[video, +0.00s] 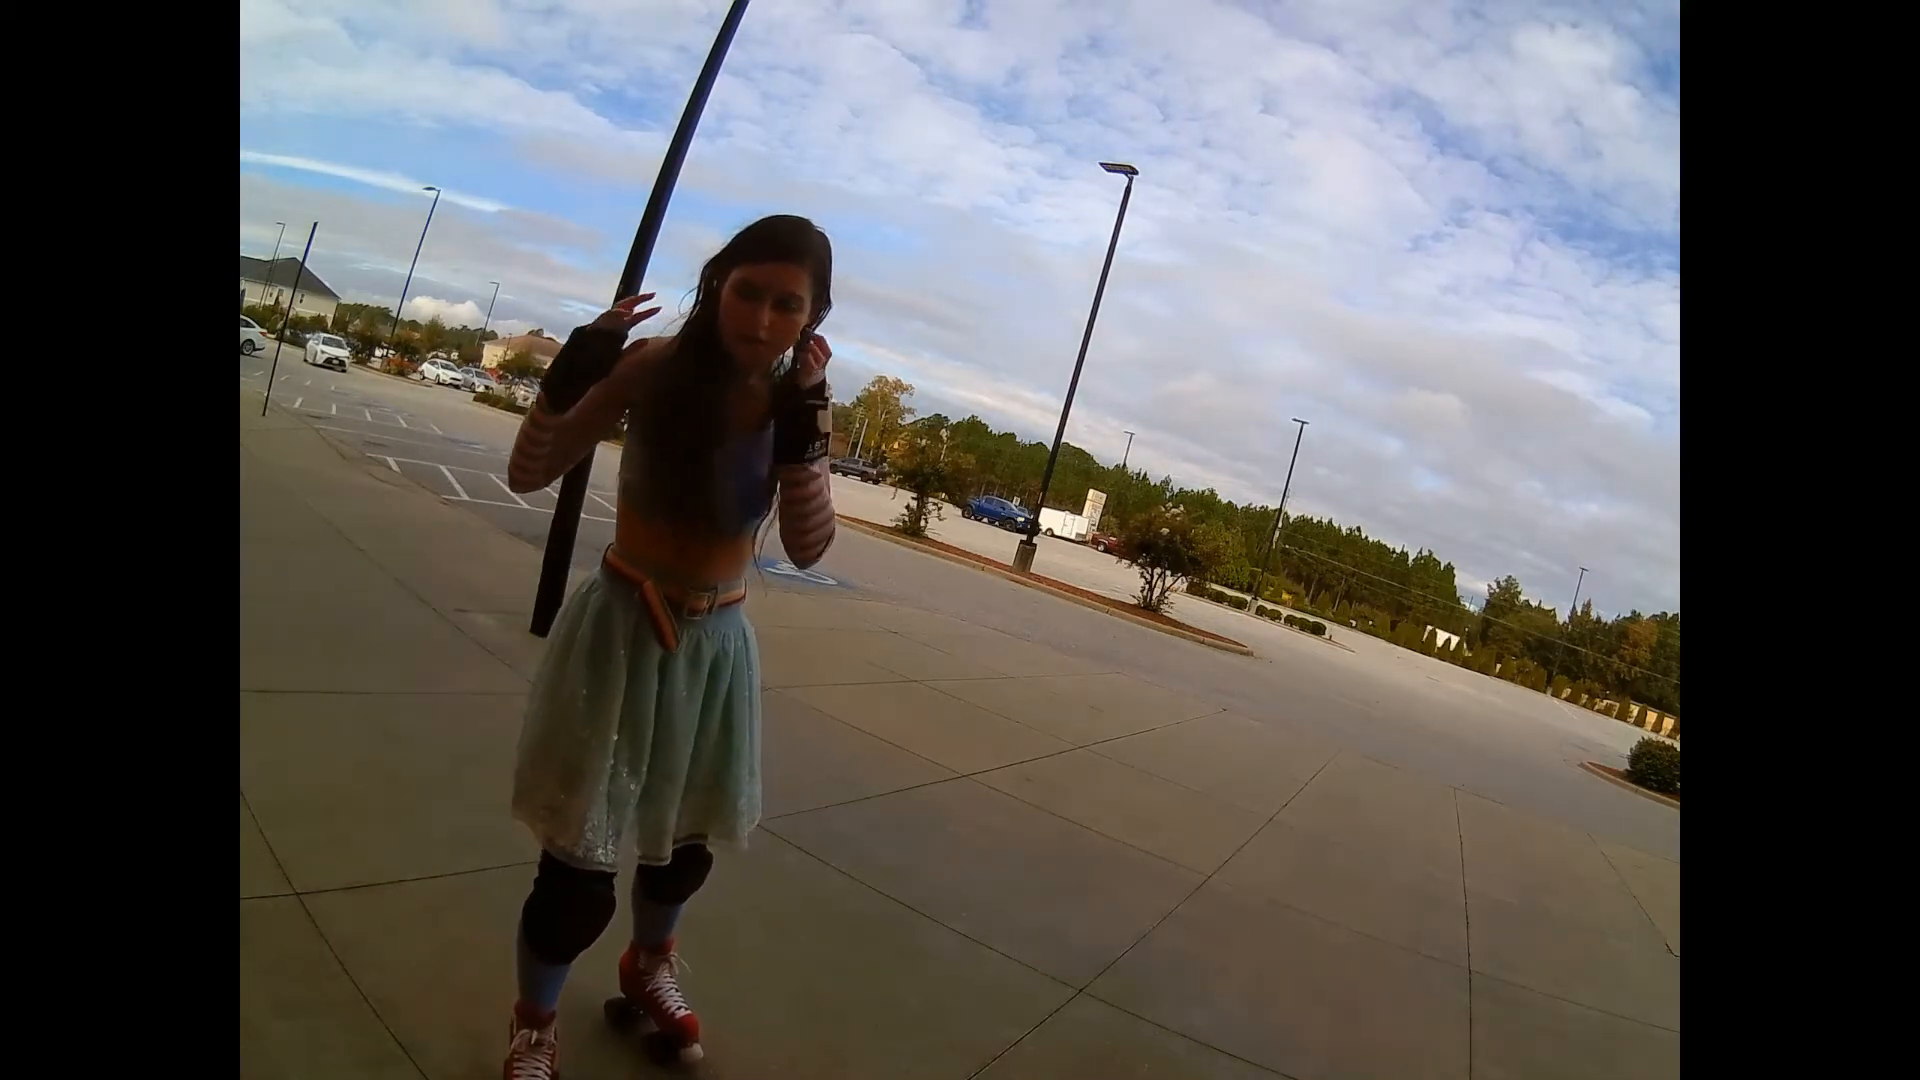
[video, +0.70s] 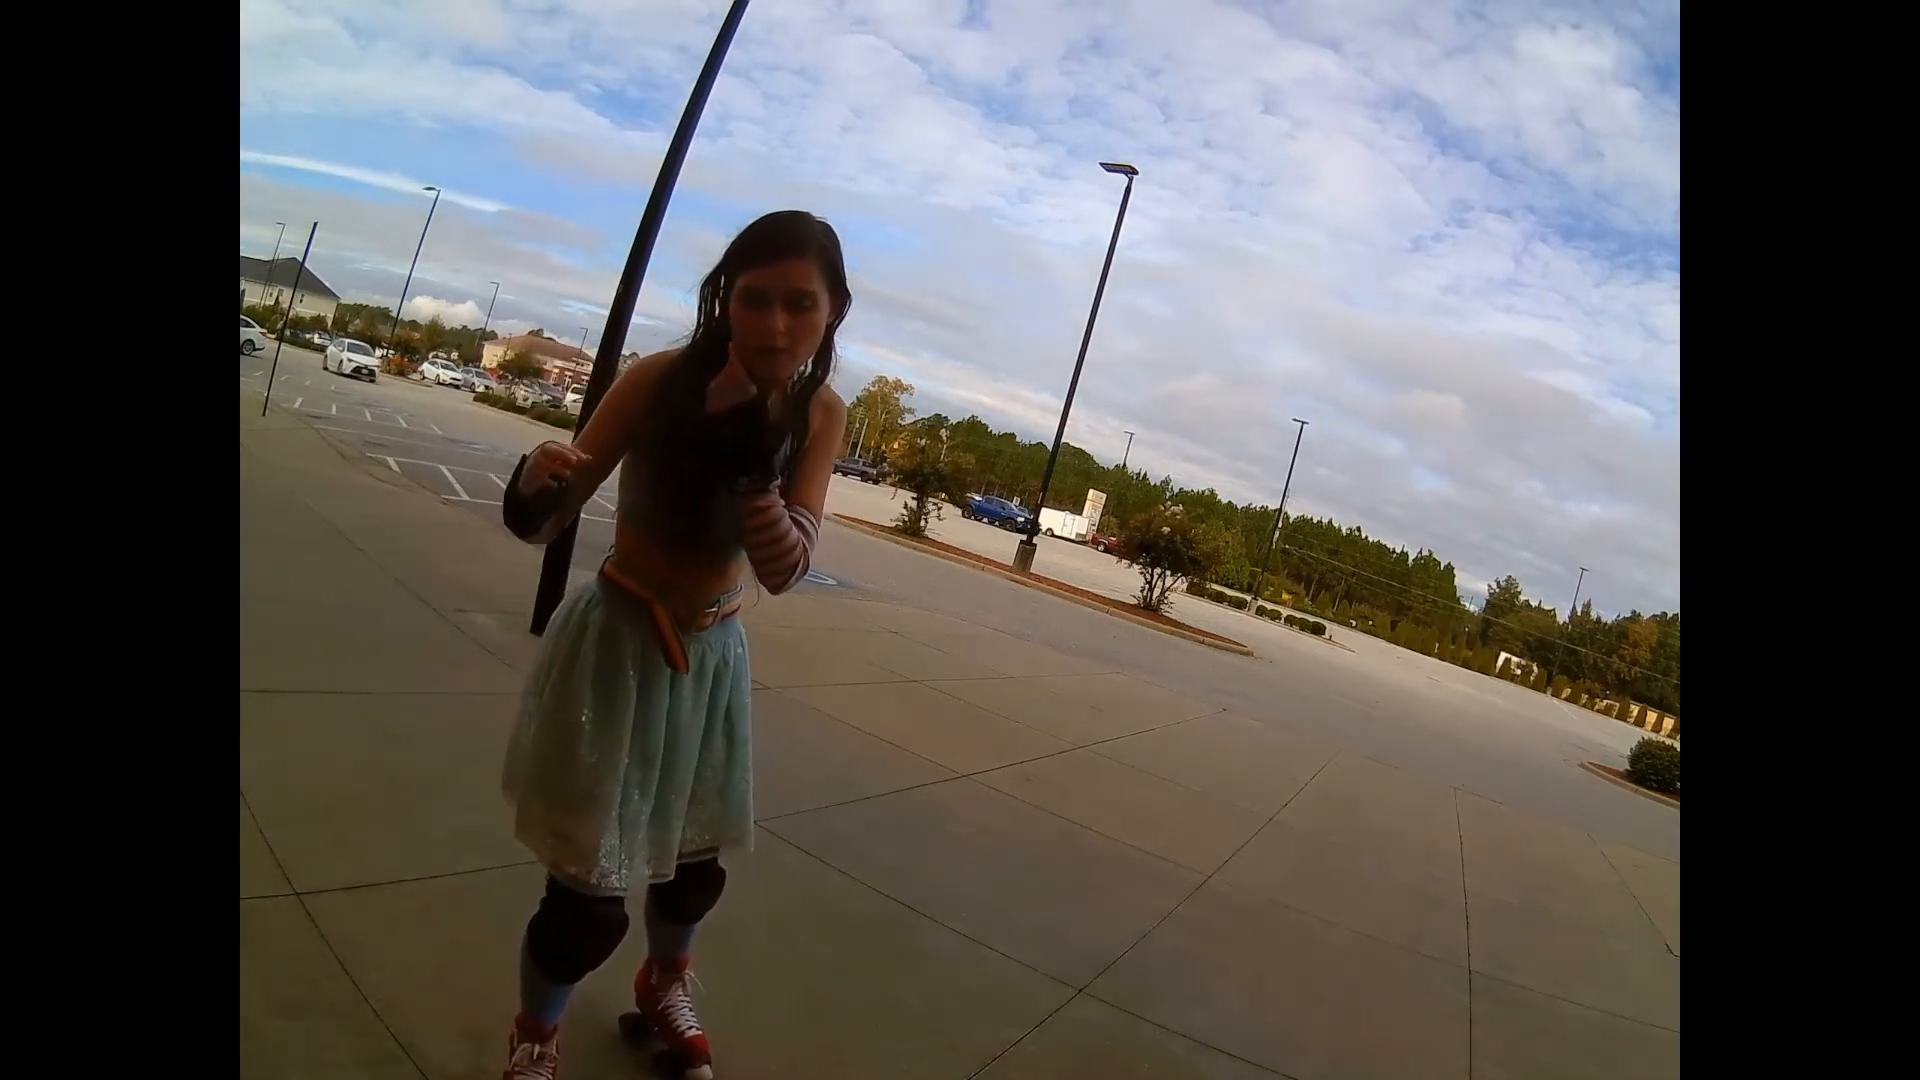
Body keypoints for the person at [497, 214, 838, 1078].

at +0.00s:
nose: (761, 321)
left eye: (786, 305)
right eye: (748, 294)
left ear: (810, 318)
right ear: (715, 288)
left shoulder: (791, 407)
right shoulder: (653, 371)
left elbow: (806, 544)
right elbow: (528, 470)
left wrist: (807, 409)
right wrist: (576, 365)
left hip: (717, 638)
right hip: (621, 626)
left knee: (685, 847)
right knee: (580, 866)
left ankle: (648, 967)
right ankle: (535, 1026)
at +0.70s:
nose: (774, 327)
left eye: (799, 304)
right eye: (755, 300)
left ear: (832, 317)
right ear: (723, 300)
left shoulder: (818, 414)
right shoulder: (658, 384)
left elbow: (784, 568)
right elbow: (533, 516)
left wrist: (771, 514)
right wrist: (537, 479)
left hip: (713, 647)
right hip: (616, 637)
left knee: (694, 868)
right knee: (590, 895)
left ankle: (663, 990)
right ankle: (536, 1041)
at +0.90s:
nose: (797, 325)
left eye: (821, 305)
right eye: (778, 299)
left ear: (850, 319)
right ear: (743, 299)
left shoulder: (829, 417)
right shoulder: (675, 381)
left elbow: (801, 578)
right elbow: (566, 498)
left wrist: (775, 492)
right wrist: (570, 564)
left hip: (721, 651)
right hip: (623, 640)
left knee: (700, 877)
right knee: (591, 904)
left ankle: (674, 998)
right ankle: (535, 1043)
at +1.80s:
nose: (858, 290)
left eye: (883, 276)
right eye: (838, 267)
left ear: (905, 305)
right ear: (800, 280)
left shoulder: (890, 413)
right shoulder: (727, 367)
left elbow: (879, 518)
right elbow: (582, 425)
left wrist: (842, 612)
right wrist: (573, 560)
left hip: (778, 673)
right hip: (668, 647)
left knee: (747, 900)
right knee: (601, 897)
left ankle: (719, 1034)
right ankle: (536, 1035)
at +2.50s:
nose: (914, 302)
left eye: (918, 284)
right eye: (898, 281)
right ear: (834, 283)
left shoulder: (870, 409)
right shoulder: (724, 376)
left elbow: (897, 558)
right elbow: (572, 463)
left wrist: (955, 549)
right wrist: (572, 612)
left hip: (781, 669)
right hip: (683, 652)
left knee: (746, 893)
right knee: (610, 896)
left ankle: (711, 1032)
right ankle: (538, 1027)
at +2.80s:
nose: (875, 299)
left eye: (885, 283)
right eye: (858, 278)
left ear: (886, 294)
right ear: (802, 276)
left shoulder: (857, 406)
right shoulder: (705, 377)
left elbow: (898, 552)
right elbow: (620, 522)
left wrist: (948, 445)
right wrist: (686, 555)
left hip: (780, 666)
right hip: (678, 647)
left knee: (751, 895)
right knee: (611, 892)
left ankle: (715, 1033)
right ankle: (538, 1023)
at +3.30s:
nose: (855, 285)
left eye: (869, 272)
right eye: (836, 265)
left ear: (877, 288)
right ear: (785, 268)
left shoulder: (861, 400)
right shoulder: (704, 370)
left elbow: (908, 552)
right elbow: (658, 526)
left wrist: (927, 454)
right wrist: (767, 448)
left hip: (785, 667)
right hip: (681, 650)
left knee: (754, 908)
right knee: (609, 907)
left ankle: (718, 1036)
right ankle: (536, 1037)